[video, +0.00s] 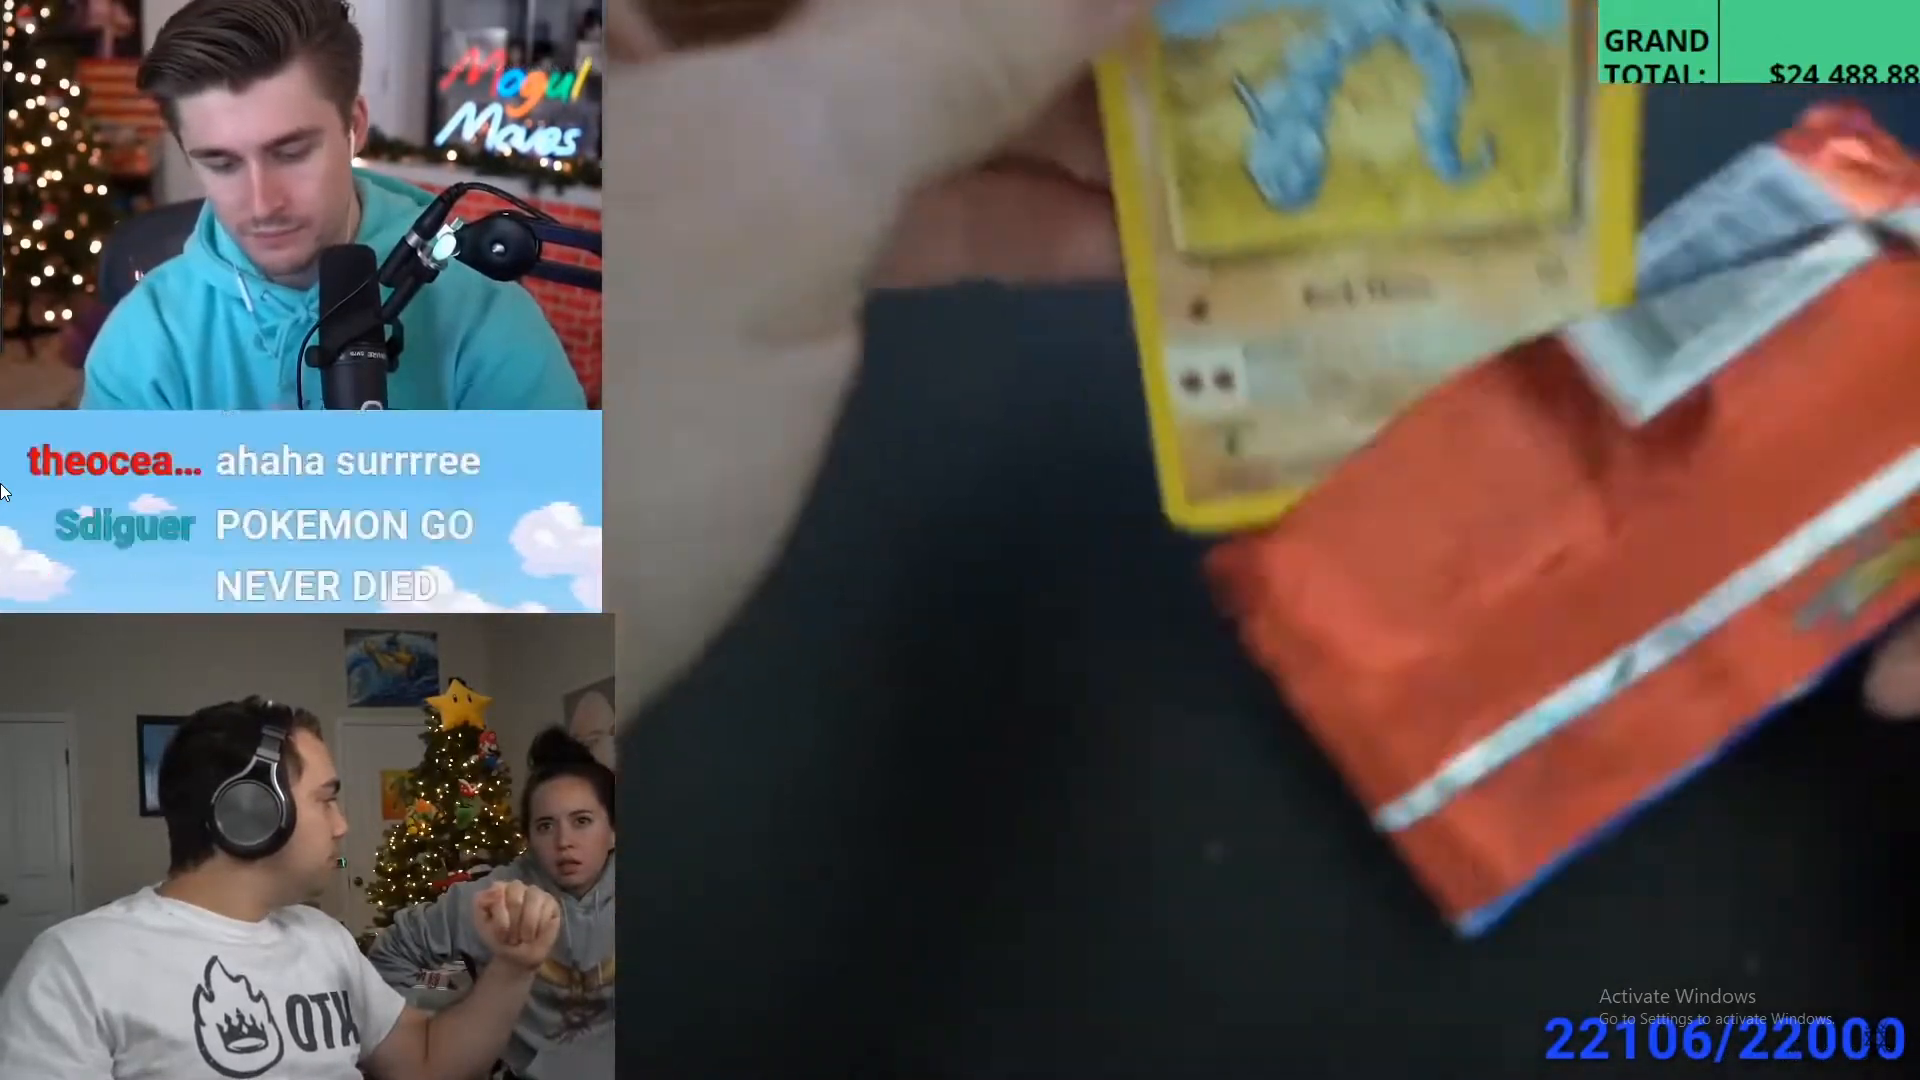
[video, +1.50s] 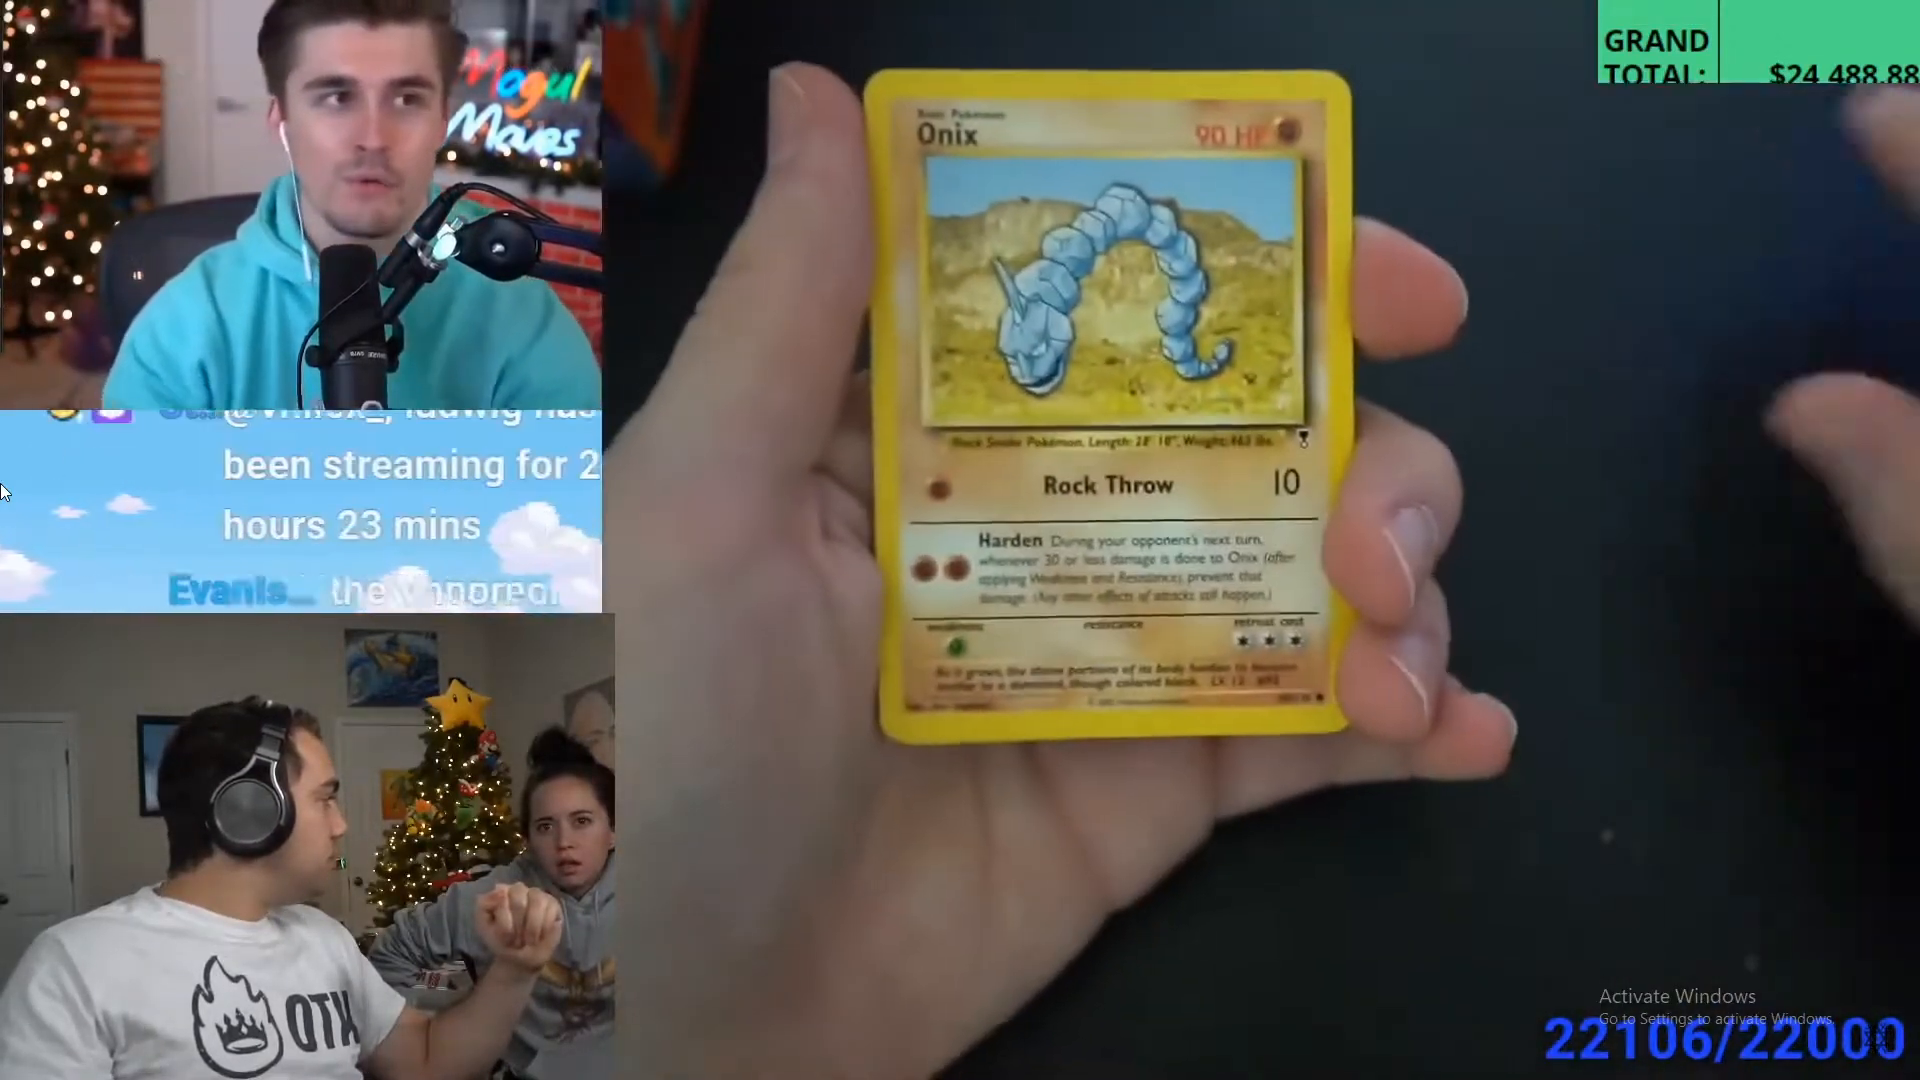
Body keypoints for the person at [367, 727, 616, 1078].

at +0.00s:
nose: (564, 842)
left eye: (582, 822)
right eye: (545, 826)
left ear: (612, 832)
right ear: (528, 838)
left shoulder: (641, 890)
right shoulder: (490, 898)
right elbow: (389, 955)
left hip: (625, 1067)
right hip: (538, 1073)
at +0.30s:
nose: (564, 842)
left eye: (582, 822)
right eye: (546, 826)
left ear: (612, 831)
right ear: (528, 838)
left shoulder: (650, 892)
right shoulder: (488, 899)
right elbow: (388, 956)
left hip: (628, 1067)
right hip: (538, 1072)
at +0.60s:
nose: (564, 843)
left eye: (582, 822)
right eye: (546, 826)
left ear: (612, 831)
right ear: (528, 839)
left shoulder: (643, 890)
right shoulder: (491, 898)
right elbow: (389, 956)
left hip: (627, 1067)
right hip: (534, 1072)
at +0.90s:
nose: (564, 842)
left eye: (582, 822)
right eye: (546, 826)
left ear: (612, 831)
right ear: (528, 838)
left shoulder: (643, 892)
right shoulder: (491, 898)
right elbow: (389, 956)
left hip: (628, 1067)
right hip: (537, 1073)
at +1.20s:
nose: (564, 843)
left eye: (582, 822)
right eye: (545, 826)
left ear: (613, 831)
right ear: (528, 839)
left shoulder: (644, 892)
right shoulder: (491, 898)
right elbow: (390, 954)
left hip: (625, 1069)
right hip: (535, 1073)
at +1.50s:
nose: (564, 842)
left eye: (582, 822)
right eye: (545, 826)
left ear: (612, 831)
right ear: (528, 839)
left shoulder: (644, 891)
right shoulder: (491, 898)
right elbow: (389, 955)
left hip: (625, 1067)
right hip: (535, 1072)